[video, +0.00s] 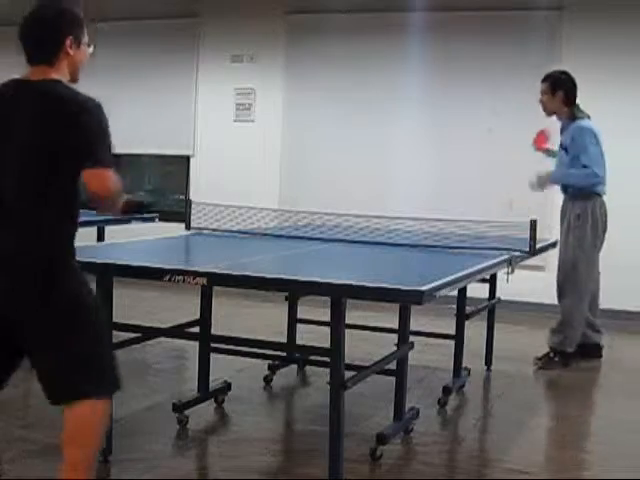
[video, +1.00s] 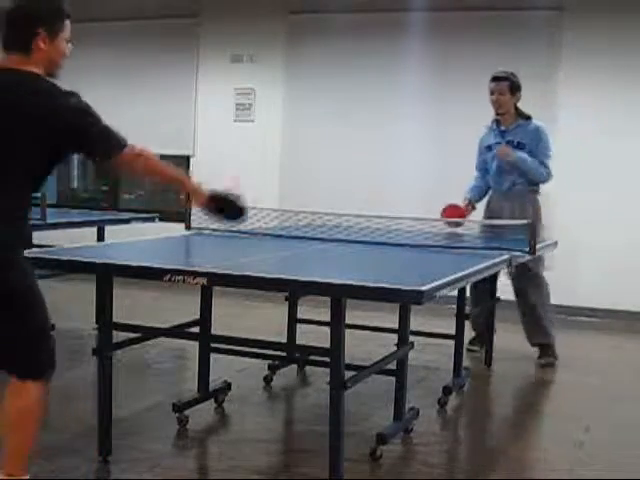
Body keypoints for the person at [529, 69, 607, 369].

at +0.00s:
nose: (541, 101)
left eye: (544, 95)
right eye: (541, 95)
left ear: (562, 97)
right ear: (560, 97)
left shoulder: (582, 131)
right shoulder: (569, 129)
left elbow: (594, 176)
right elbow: (574, 163)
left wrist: (553, 177)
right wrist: (550, 152)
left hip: (586, 208)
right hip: (576, 206)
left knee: (574, 275)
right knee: (582, 274)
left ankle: (564, 347)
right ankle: (588, 340)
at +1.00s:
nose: (496, 99)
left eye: (502, 94)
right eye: (493, 94)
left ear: (516, 97)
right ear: (489, 98)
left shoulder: (534, 132)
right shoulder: (488, 137)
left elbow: (543, 174)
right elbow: (482, 177)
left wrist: (515, 157)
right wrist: (469, 201)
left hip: (523, 203)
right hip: (496, 204)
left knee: (527, 274)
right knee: (483, 272)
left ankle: (545, 343)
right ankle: (481, 334)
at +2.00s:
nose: (406, 111)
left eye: (411, 105)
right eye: (406, 106)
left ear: (428, 106)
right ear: (417, 109)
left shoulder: (457, 137)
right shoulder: (420, 142)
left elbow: (484, 175)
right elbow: (426, 186)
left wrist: (470, 203)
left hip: (462, 207)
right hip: (435, 206)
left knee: (480, 273)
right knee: (418, 267)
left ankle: (512, 333)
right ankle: (396, 331)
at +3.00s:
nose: (400, 95)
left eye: (404, 89)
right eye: (395, 91)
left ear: (414, 93)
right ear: (389, 97)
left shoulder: (431, 128)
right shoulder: (383, 135)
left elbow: (439, 166)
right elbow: (387, 178)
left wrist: (438, 198)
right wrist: (413, 200)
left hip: (430, 201)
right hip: (399, 202)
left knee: (435, 260)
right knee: (393, 262)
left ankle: (439, 323)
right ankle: (385, 327)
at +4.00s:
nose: (396, 104)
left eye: (400, 98)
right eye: (391, 100)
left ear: (411, 101)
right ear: (388, 105)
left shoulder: (428, 132)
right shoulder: (395, 138)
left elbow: (442, 172)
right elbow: (390, 177)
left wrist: (445, 212)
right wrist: (386, 211)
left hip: (424, 193)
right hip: (402, 194)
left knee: (425, 250)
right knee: (403, 249)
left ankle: (430, 310)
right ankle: (406, 305)